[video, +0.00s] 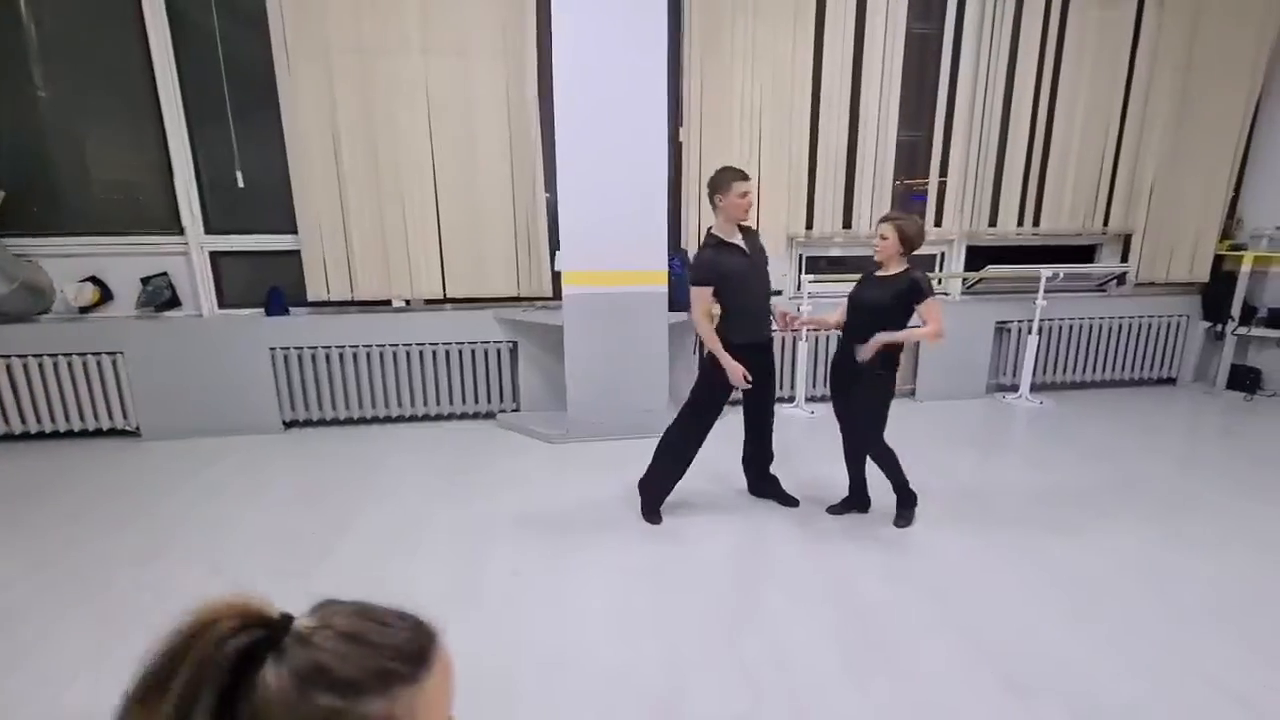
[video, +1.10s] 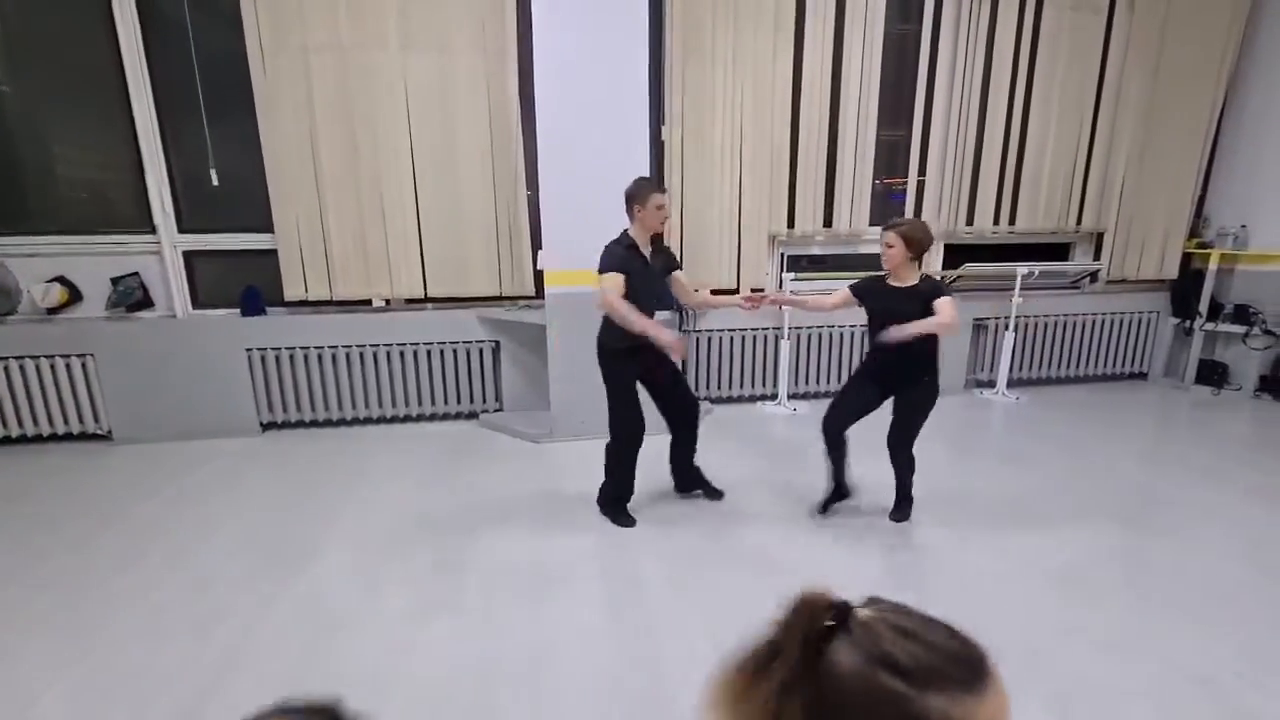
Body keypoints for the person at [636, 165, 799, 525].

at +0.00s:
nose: (750, 202)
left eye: (751, 196)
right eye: (742, 196)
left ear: (748, 199)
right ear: (719, 200)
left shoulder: (752, 241)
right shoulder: (708, 256)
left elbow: (753, 295)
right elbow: (700, 317)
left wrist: (777, 311)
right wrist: (724, 360)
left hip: (759, 347)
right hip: (725, 351)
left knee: (760, 419)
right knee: (694, 423)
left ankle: (760, 480)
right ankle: (652, 489)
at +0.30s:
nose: (720, 219)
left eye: (721, 212)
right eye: (715, 212)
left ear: (702, 214)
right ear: (693, 212)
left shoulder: (712, 251)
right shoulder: (665, 264)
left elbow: (733, 293)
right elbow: (657, 324)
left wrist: (771, 299)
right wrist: (684, 369)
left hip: (739, 349)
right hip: (708, 358)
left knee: (756, 415)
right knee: (692, 431)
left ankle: (762, 481)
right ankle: (644, 491)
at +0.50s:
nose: (698, 222)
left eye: (699, 216)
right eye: (692, 215)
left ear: (675, 217)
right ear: (669, 215)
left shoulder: (686, 260)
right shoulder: (636, 260)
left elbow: (727, 293)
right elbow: (614, 316)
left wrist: (775, 300)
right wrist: (635, 366)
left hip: (688, 356)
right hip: (657, 362)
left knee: (722, 417)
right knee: (664, 437)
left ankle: (755, 481)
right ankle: (637, 497)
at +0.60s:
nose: (690, 220)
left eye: (690, 213)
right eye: (684, 213)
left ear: (667, 215)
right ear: (661, 213)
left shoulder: (678, 258)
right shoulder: (628, 257)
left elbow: (722, 292)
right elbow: (597, 308)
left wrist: (774, 301)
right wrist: (604, 362)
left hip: (662, 356)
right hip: (632, 359)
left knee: (703, 415)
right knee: (651, 435)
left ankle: (728, 491)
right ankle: (631, 497)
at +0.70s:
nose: (685, 216)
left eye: (686, 209)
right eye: (679, 209)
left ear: (669, 211)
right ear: (655, 209)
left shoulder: (673, 255)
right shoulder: (622, 253)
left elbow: (717, 292)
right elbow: (588, 299)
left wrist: (768, 300)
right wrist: (572, 347)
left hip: (643, 351)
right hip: (613, 354)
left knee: (675, 422)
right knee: (632, 430)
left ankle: (685, 502)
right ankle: (621, 499)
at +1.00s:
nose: (666, 218)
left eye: (667, 211)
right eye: (659, 211)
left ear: (647, 214)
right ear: (636, 213)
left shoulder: (659, 255)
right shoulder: (609, 255)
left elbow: (695, 294)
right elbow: (579, 299)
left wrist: (750, 301)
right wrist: (585, 340)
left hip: (636, 350)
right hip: (605, 353)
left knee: (672, 412)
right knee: (621, 428)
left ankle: (671, 490)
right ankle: (613, 502)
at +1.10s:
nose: (666, 214)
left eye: (666, 208)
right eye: (659, 208)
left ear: (656, 211)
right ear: (636, 210)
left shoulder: (662, 254)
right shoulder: (616, 253)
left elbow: (690, 298)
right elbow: (611, 302)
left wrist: (738, 300)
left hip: (650, 348)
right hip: (617, 350)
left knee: (685, 409)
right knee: (629, 429)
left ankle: (686, 477)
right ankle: (612, 500)